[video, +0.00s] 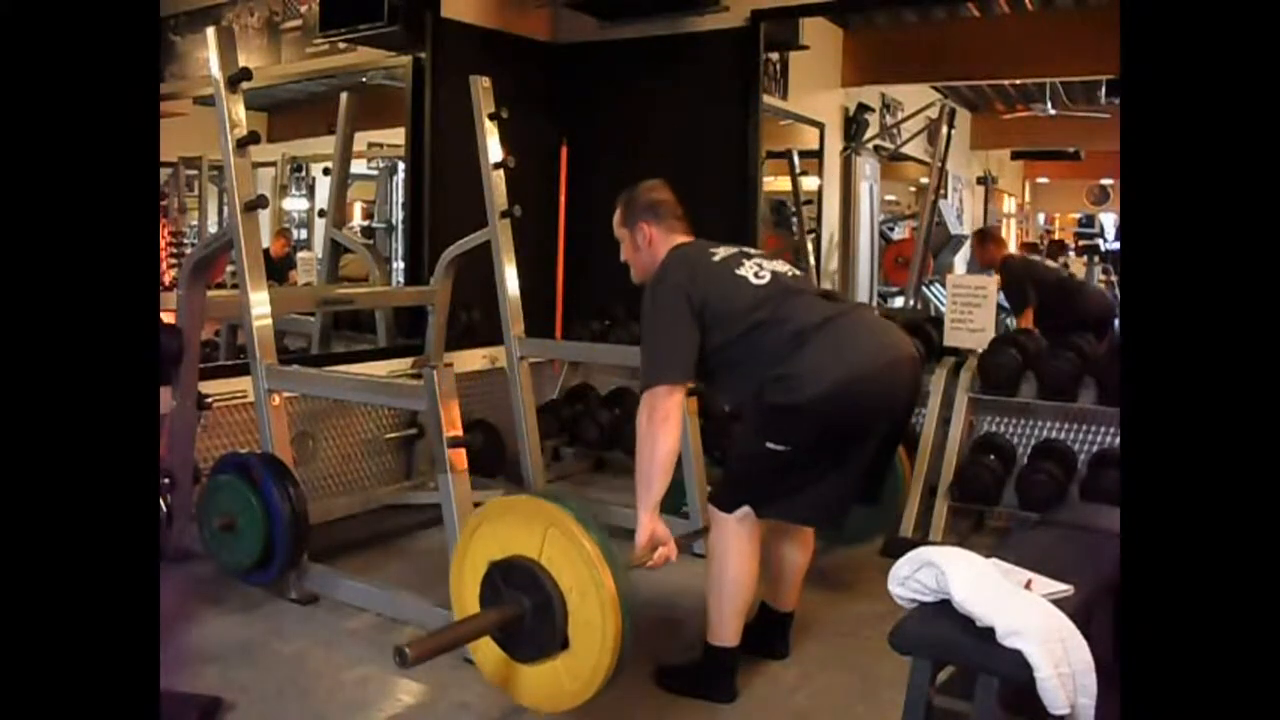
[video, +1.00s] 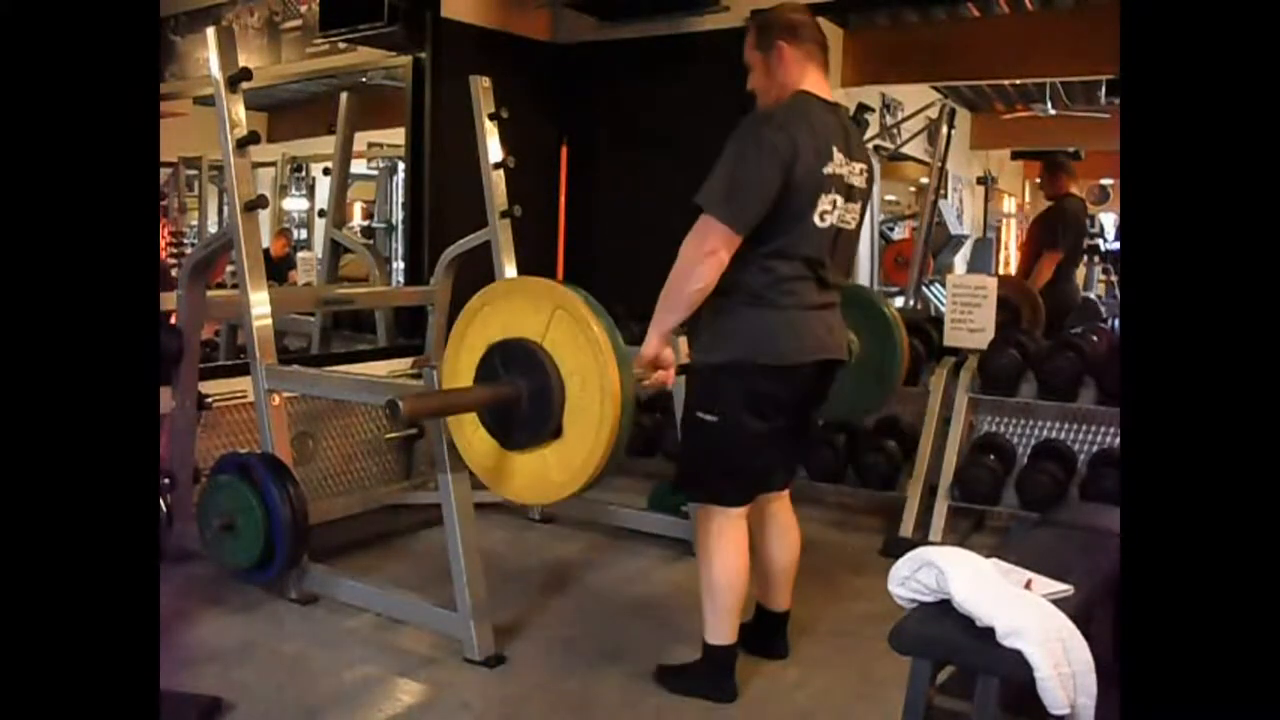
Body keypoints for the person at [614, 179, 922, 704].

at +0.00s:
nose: (623, 258)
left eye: (623, 243)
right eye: (620, 245)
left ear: (646, 233)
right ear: (674, 229)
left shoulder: (673, 279)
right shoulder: (732, 260)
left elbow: (663, 399)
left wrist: (647, 515)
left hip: (823, 374)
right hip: (891, 357)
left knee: (733, 507)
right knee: (795, 503)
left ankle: (716, 669)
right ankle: (773, 629)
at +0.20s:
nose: (624, 268)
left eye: (624, 253)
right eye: (622, 256)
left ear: (645, 244)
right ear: (675, 238)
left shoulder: (672, 290)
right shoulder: (730, 268)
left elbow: (664, 410)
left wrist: (649, 523)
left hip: (825, 380)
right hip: (895, 363)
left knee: (729, 506)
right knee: (794, 504)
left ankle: (717, 670)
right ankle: (773, 630)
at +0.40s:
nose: (626, 243)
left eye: (627, 227)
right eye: (625, 229)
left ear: (652, 218)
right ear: (677, 215)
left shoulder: (673, 267)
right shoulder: (734, 247)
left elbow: (668, 382)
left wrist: (652, 500)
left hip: (819, 374)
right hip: (886, 356)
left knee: (737, 505)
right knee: (797, 501)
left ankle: (716, 670)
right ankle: (773, 630)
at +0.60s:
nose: (647, 166)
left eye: (649, 149)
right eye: (646, 150)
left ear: (670, 141)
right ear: (703, 140)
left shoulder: (682, 199)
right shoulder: (750, 188)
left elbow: (671, 322)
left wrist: (657, 429)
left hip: (798, 359)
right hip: (868, 345)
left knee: (734, 501)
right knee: (800, 500)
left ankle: (717, 667)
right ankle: (774, 630)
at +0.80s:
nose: (704, 78)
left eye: (705, 64)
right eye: (703, 65)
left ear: (725, 56)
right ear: (770, 57)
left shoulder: (732, 125)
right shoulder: (811, 129)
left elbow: (693, 236)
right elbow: (800, 242)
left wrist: (661, 340)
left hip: (758, 346)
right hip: (826, 340)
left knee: (739, 508)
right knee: (787, 496)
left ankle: (717, 668)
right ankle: (773, 631)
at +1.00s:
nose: (750, 85)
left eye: (752, 69)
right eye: (749, 71)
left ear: (780, 57)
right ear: (813, 57)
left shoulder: (775, 127)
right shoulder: (853, 138)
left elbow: (712, 244)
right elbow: (828, 254)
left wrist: (658, 332)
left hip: (747, 345)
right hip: (814, 345)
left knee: (721, 502)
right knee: (772, 491)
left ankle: (715, 667)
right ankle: (771, 631)